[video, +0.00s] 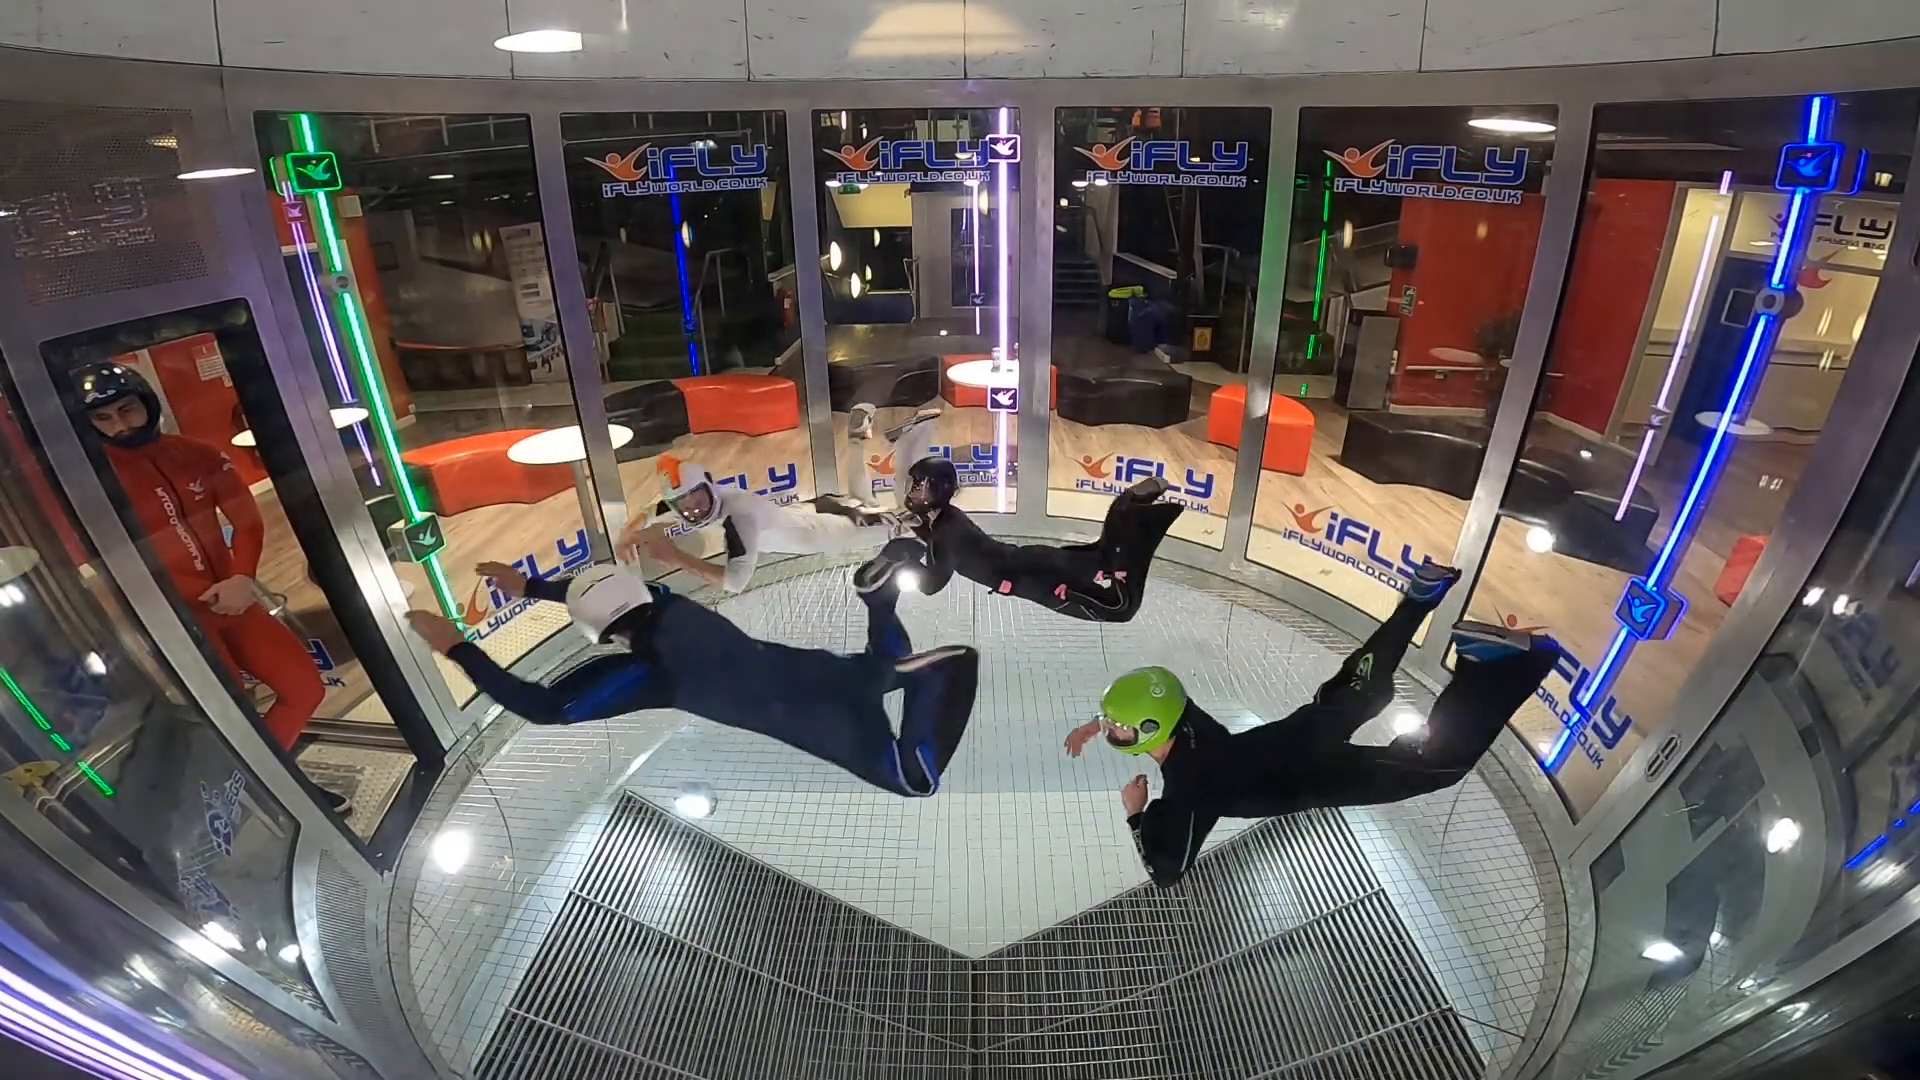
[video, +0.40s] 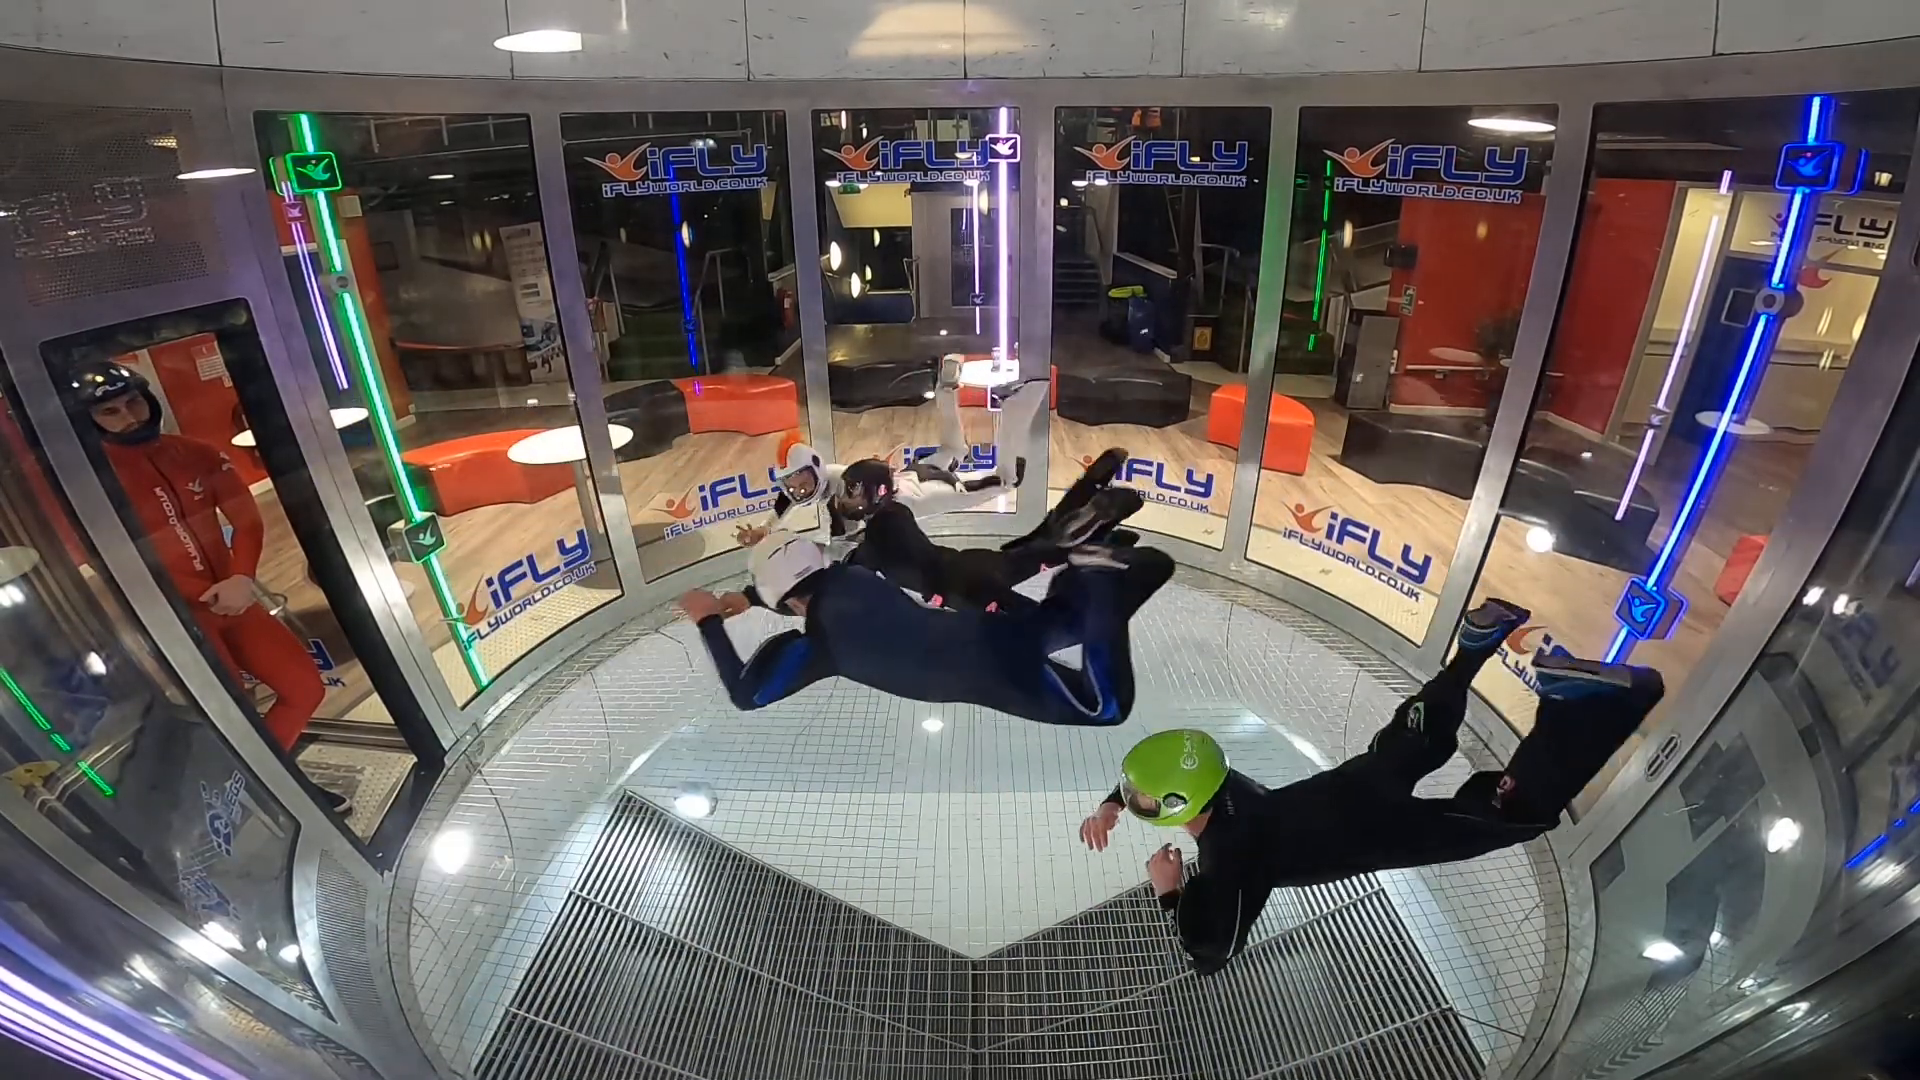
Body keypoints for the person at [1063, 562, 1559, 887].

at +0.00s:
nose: (1115, 734)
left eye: (1124, 729)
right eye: (1116, 724)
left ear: (1151, 731)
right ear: (1156, 710)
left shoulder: (1188, 782)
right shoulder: (1177, 714)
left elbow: (1168, 870)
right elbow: (1140, 706)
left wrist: (1141, 814)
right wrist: (1099, 726)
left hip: (1321, 776)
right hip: (1298, 730)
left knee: (1438, 762)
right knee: (1362, 684)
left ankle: (1523, 664)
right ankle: (1416, 602)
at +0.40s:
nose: (1139, 804)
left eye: (1150, 801)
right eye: (1142, 792)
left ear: (1183, 809)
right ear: (1195, 782)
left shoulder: (1231, 856)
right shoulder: (1209, 781)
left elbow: (1211, 950)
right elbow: (1155, 776)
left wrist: (1177, 891)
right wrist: (1115, 806)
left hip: (1387, 833)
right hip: (1349, 785)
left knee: (1509, 814)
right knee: (1419, 735)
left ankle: (1586, 706)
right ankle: (1474, 651)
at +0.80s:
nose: (1064, 915)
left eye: (1071, 908)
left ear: (1103, 916)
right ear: (1130, 859)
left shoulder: (1161, 988)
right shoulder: (1156, 868)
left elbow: (1107, 1067)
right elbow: (1103, 852)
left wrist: (1047, 1021)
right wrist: (1037, 883)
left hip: (1363, 961)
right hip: (1341, 888)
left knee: (1502, 965)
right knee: (1418, 851)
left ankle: (1599, 876)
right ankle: (1517, 802)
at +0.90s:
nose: (1046, 945)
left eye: (1047, 940)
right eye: (1037, 929)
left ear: (1081, 947)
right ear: (1099, 880)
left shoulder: (1133, 1008)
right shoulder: (1128, 875)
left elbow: (1062, 1069)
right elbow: (1064, 875)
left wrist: (979, 1063)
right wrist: (996, 897)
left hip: (1330, 997)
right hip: (1302, 922)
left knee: (1459, 1006)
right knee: (1386, 902)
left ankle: (1569, 937)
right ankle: (1463, 856)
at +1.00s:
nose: (1016, 977)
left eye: (1017, 966)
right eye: (1018, 963)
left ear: (1049, 972)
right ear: (1072, 908)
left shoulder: (1106, 1035)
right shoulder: (1110, 906)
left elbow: (1032, 1079)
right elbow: (1055, 879)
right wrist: (962, 908)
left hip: (1318, 1024)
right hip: (1305, 948)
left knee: (1447, 1027)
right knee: (1391, 927)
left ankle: (1556, 966)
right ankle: (1491, 901)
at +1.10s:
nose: (995, 988)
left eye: (997, 978)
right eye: (990, 976)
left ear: (1023, 981)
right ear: (1053, 911)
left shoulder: (1077, 1051)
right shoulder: (1091, 916)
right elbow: (1026, 895)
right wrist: (940, 913)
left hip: (1272, 1055)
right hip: (1257, 986)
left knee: (1413, 1045)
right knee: (1360, 965)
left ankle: (1540, 1001)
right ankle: (1470, 929)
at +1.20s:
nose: (1003, 1008)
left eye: (1010, 992)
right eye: (993, 993)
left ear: (1036, 977)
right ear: (1000, 955)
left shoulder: (1081, 1054)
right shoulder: (1066, 930)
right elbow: (996, 909)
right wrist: (902, 918)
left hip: (1271, 1055)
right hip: (1244, 996)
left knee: (1397, 1064)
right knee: (1338, 998)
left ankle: (1528, 1025)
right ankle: (1422, 941)